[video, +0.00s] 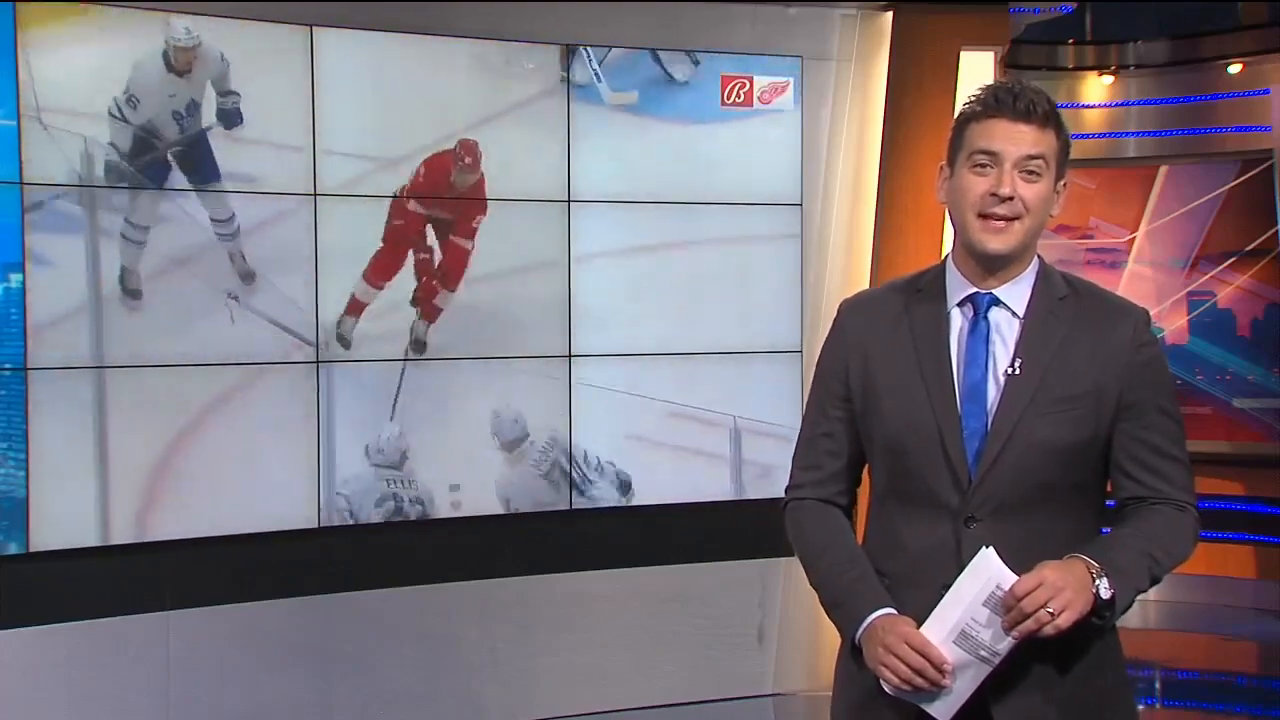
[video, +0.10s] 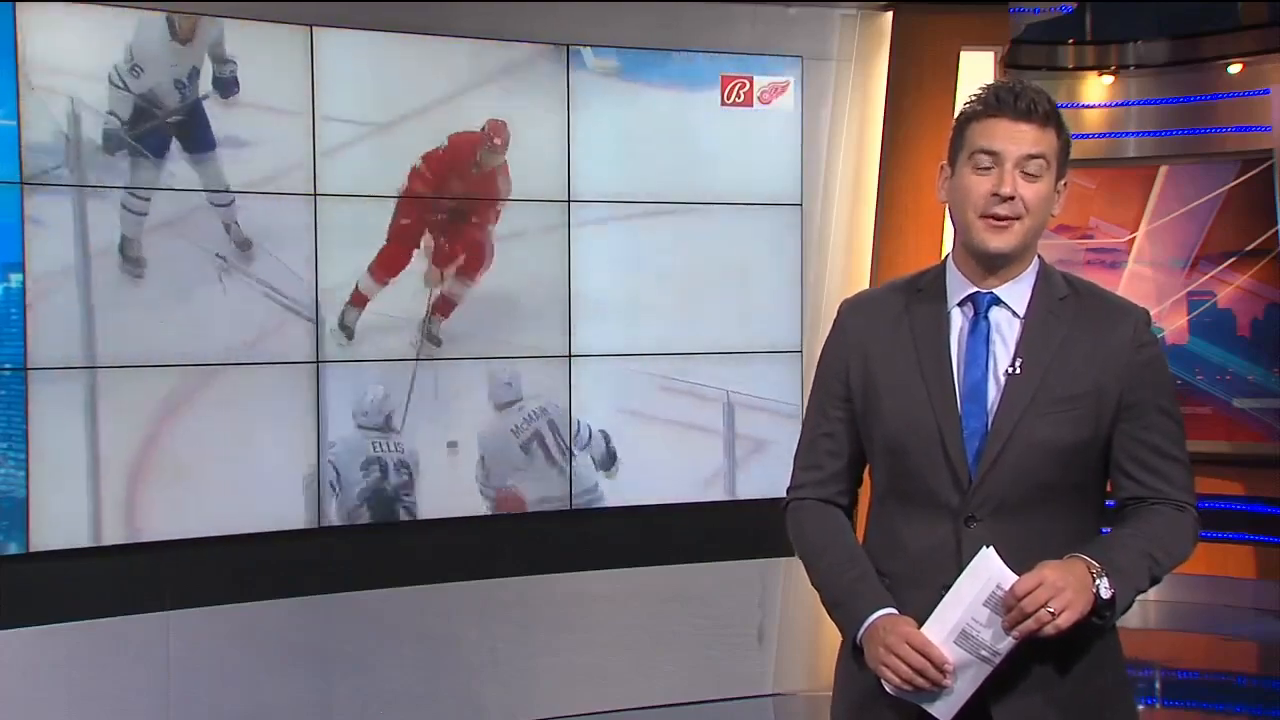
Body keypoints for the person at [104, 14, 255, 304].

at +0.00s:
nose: (189, 57)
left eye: (193, 50)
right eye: (183, 51)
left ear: (199, 47)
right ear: (169, 50)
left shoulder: (208, 58)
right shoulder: (148, 74)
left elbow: (222, 74)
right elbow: (120, 116)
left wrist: (228, 104)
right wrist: (117, 158)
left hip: (191, 135)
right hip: (150, 141)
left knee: (217, 197)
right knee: (144, 207)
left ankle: (237, 257)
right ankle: (130, 271)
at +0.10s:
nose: (195, 17)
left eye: (198, 14)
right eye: (190, 14)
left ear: (201, 15)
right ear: (175, 13)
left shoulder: (211, 22)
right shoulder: (150, 37)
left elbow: (218, 49)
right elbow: (122, 81)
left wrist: (225, 74)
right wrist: (114, 125)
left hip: (188, 104)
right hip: (149, 108)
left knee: (212, 171)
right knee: (144, 179)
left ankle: (233, 228)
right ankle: (130, 243)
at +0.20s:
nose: (195, 11)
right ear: (176, 8)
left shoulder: (203, 12)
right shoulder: (147, 19)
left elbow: (214, 20)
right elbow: (123, 55)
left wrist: (222, 44)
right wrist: (115, 99)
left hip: (187, 79)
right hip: (150, 84)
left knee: (210, 140)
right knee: (147, 149)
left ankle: (229, 200)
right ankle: (132, 215)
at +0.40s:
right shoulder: (101, 9)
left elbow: (186, 14)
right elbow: (105, 36)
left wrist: (197, 24)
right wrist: (113, 71)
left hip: (168, 53)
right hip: (134, 61)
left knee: (194, 106)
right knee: (139, 124)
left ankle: (204, 172)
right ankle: (126, 193)